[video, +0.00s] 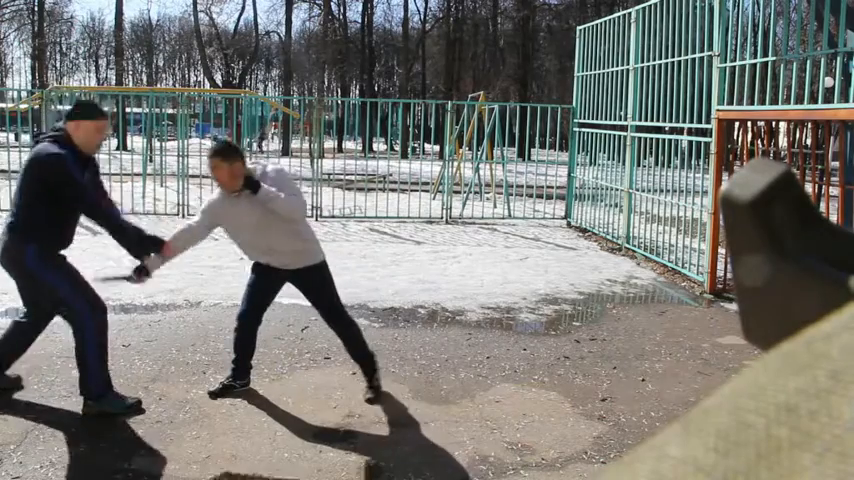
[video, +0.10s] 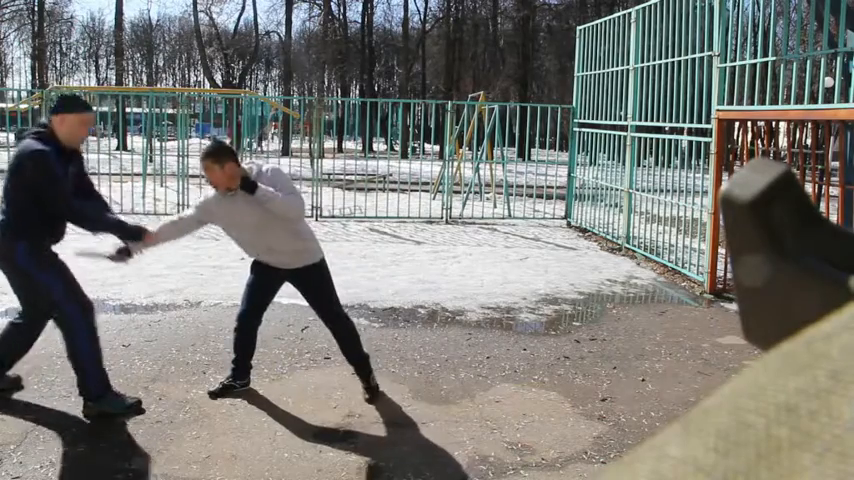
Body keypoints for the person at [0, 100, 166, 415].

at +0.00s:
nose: (103, 138)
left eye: (105, 131)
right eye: (98, 131)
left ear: (82, 130)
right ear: (75, 127)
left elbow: (105, 212)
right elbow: (98, 211)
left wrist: (143, 249)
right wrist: (151, 244)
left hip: (36, 253)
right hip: (28, 254)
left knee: (39, 312)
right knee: (90, 312)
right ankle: (98, 396)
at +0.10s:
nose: (88, 132)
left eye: (89, 126)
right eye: (83, 125)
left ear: (62, 123)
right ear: (59, 120)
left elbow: (88, 200)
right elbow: (72, 210)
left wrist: (126, 232)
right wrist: (131, 231)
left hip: (29, 249)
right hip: (22, 251)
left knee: (35, 311)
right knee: (77, 311)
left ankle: (0, 369)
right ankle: (98, 397)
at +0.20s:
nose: (79, 111)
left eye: (79, 103)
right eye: (74, 103)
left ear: (53, 103)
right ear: (50, 102)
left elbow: (69, 183)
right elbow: (43, 189)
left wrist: (101, 202)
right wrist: (98, 204)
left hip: (26, 237)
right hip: (18, 240)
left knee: (14, 307)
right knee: (57, 309)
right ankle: (84, 394)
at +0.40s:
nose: (59, 108)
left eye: (60, 101)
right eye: (54, 101)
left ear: (29, 101)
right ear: (29, 100)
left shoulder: (22, 132)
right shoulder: (17, 135)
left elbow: (21, 186)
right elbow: (18, 189)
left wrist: (55, 175)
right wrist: (56, 177)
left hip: (14, 242)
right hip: (18, 242)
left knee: (6, 310)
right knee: (59, 310)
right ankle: (46, 396)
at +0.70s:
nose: (41, 107)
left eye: (42, 99)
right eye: (37, 99)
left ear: (12, 99)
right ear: (12, 98)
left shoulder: (11, 132)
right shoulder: (6, 135)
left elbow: (17, 187)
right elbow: (16, 189)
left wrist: (49, 172)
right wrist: (50, 172)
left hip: (14, 241)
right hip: (12, 242)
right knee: (52, 310)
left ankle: (55, 393)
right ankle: (56, 397)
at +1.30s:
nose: (54, 150)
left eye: (55, 143)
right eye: (50, 143)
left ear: (28, 141)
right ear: (29, 140)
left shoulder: (22, 169)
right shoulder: (13, 172)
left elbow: (57, 218)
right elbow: (55, 218)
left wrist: (101, 248)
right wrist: (105, 246)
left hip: (4, 271)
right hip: (2, 273)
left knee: (44, 314)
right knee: (43, 316)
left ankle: (38, 394)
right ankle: (39, 398)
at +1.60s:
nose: (35, 102)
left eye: (35, 95)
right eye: (29, 95)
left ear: (13, 97)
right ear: (8, 96)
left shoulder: (11, 129)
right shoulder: (5, 131)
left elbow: (16, 180)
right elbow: (14, 182)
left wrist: (53, 182)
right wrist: (55, 182)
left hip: (10, 238)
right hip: (5, 240)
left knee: (36, 306)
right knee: (37, 306)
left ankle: (39, 388)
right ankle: (41, 391)